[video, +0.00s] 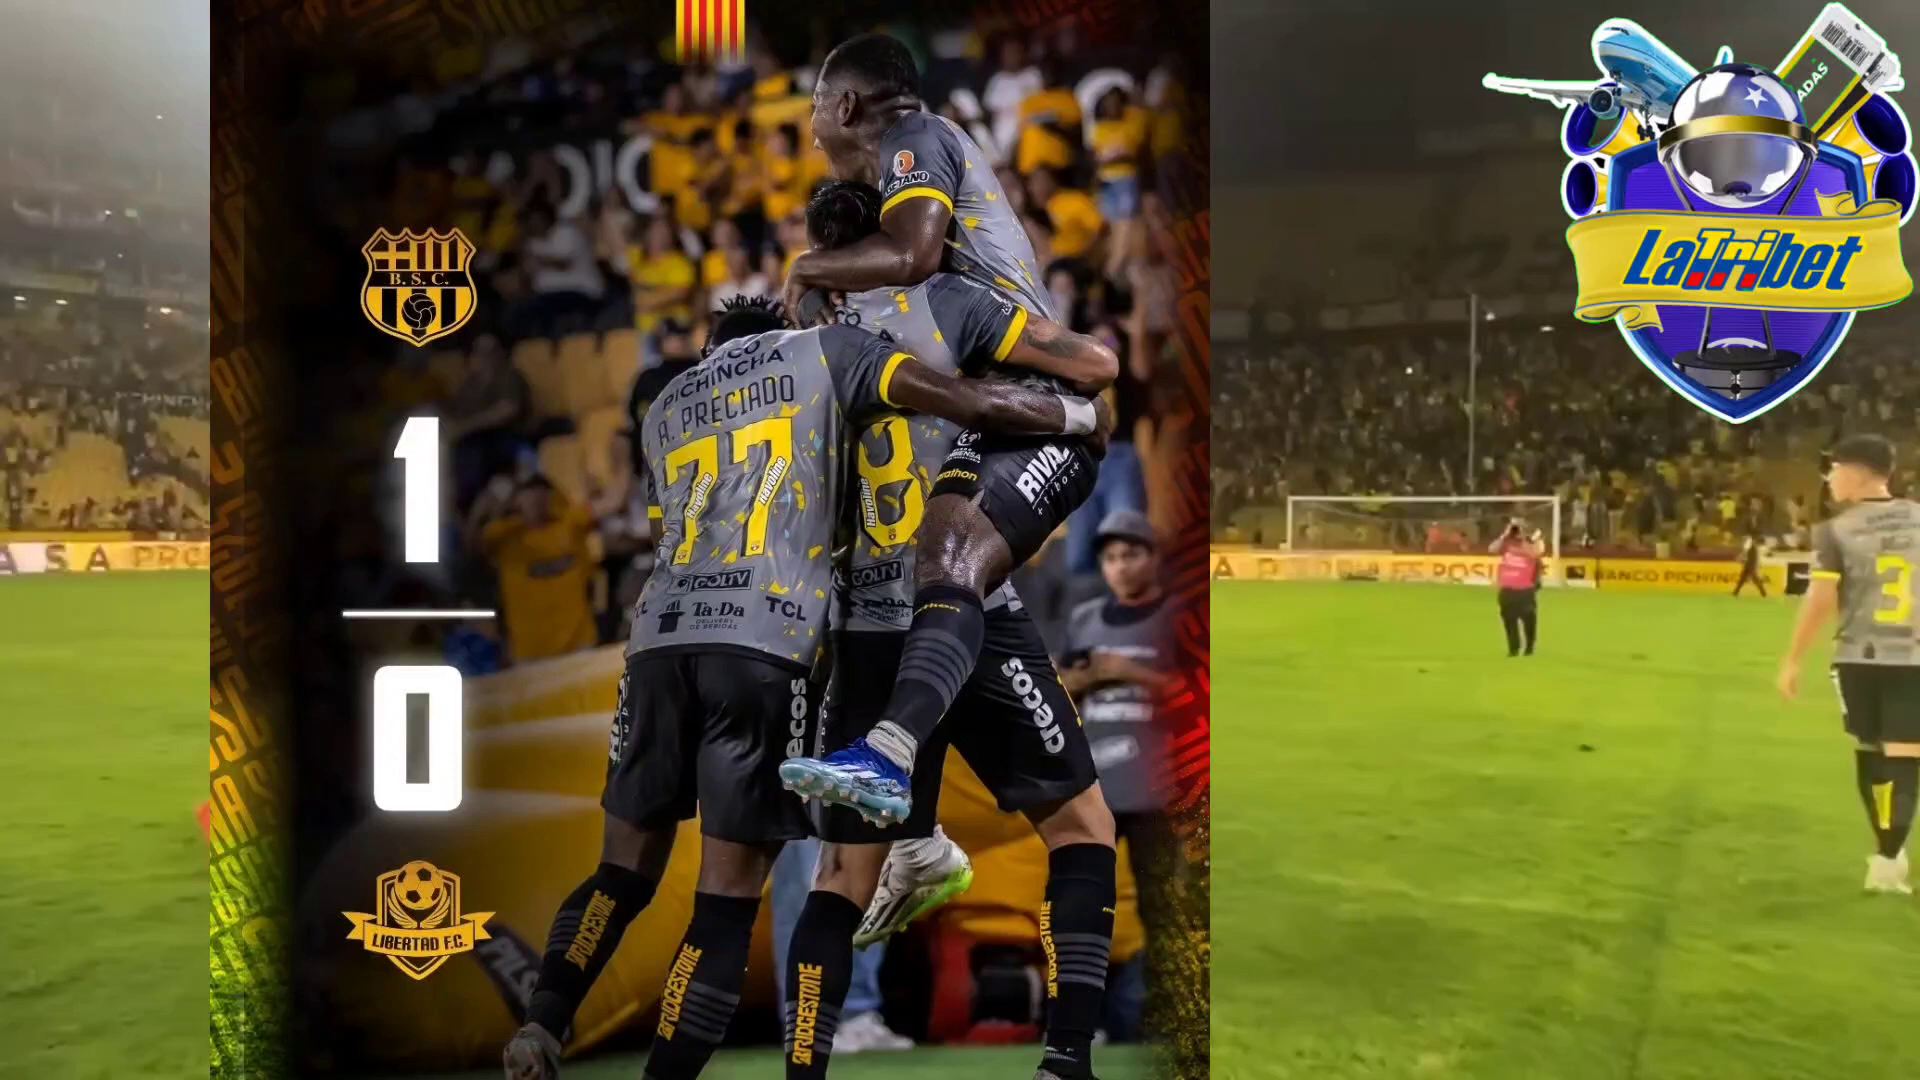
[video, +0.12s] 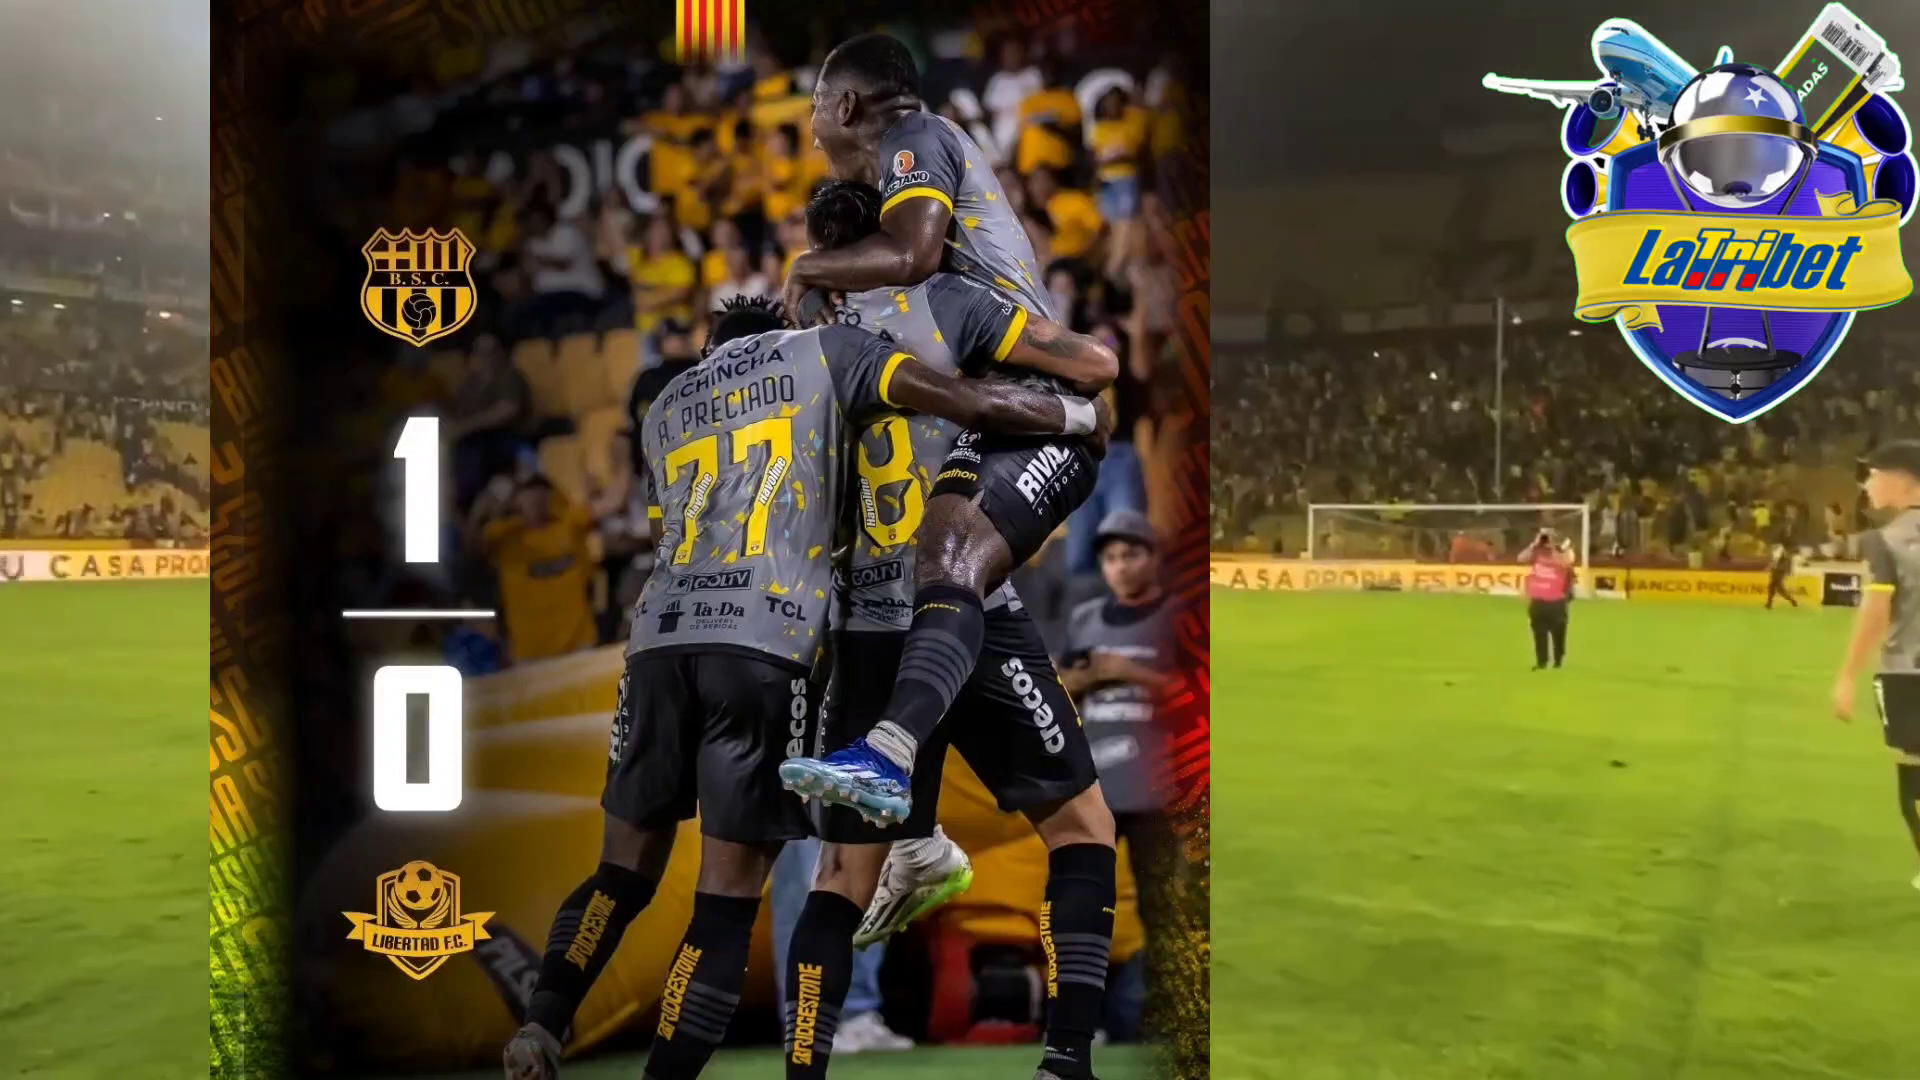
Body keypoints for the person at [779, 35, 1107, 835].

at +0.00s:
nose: (816, 128)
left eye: (821, 109)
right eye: (815, 110)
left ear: (855, 102)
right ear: (881, 103)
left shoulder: (915, 135)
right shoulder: (913, 153)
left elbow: (915, 251)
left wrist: (807, 265)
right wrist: (804, 301)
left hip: (1043, 406)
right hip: (984, 404)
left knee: (952, 559)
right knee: (896, 565)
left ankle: (888, 759)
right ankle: (916, 838)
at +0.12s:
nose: (815, 127)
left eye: (821, 109)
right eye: (815, 110)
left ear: (858, 103)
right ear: (882, 105)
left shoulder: (916, 135)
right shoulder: (906, 162)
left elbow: (914, 251)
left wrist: (806, 265)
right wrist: (801, 302)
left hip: (1043, 407)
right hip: (982, 407)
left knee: (952, 558)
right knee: (889, 568)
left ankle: (889, 759)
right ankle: (915, 837)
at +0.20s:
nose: (815, 128)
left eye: (821, 108)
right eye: (814, 110)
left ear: (857, 102)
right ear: (882, 104)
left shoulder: (916, 135)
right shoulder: (906, 160)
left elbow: (914, 252)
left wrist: (806, 264)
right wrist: (801, 302)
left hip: (1041, 404)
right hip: (982, 403)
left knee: (952, 560)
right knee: (891, 566)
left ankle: (888, 757)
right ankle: (915, 837)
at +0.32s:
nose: (815, 127)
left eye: (822, 109)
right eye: (815, 110)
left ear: (858, 103)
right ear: (882, 104)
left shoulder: (915, 134)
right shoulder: (907, 161)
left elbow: (914, 251)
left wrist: (806, 265)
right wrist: (807, 297)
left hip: (1042, 403)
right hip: (979, 402)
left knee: (952, 559)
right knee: (893, 569)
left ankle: (889, 757)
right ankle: (916, 839)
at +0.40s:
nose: (817, 129)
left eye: (823, 110)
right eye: (816, 112)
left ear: (857, 102)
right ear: (881, 103)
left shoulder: (913, 132)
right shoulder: (906, 158)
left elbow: (914, 250)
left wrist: (806, 265)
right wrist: (812, 295)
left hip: (1044, 401)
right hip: (981, 399)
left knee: (953, 557)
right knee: (894, 565)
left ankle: (889, 757)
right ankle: (916, 838)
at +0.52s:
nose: (817, 129)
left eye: (822, 110)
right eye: (816, 112)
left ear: (857, 102)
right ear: (882, 103)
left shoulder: (913, 133)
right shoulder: (907, 159)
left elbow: (914, 250)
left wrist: (806, 265)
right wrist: (809, 296)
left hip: (1043, 402)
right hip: (981, 401)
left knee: (952, 558)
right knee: (894, 567)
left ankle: (888, 759)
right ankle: (916, 837)